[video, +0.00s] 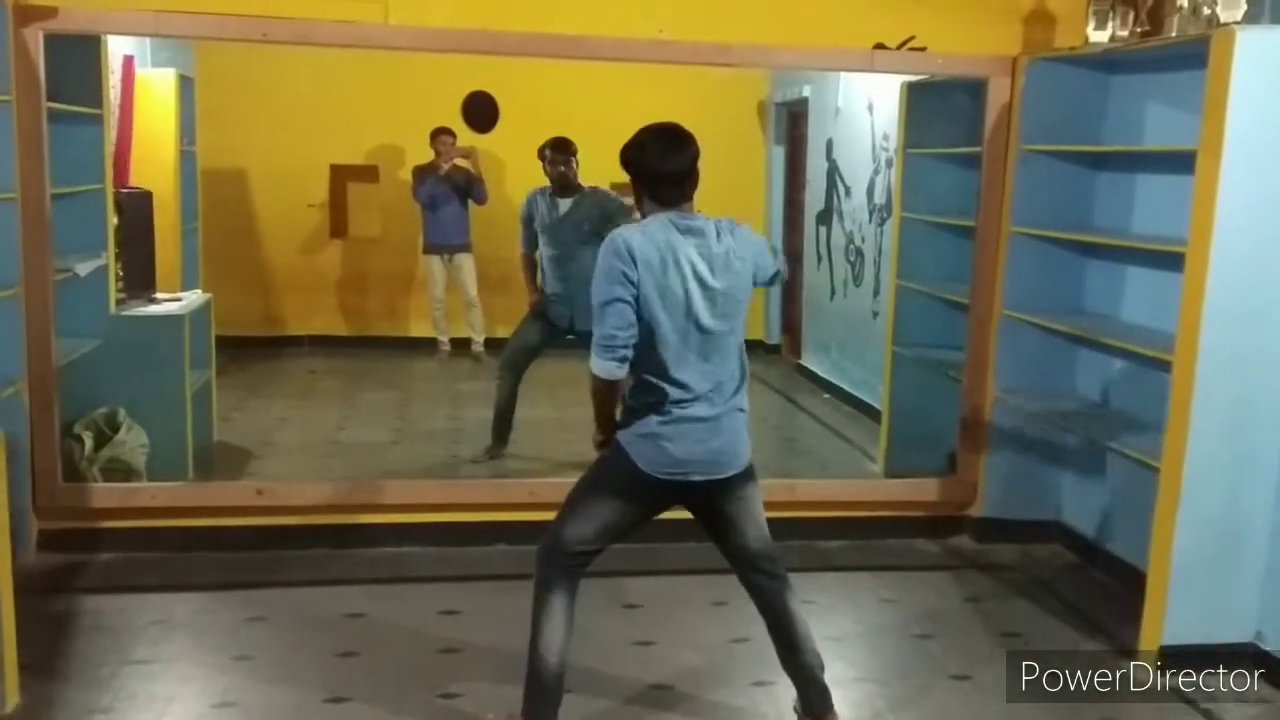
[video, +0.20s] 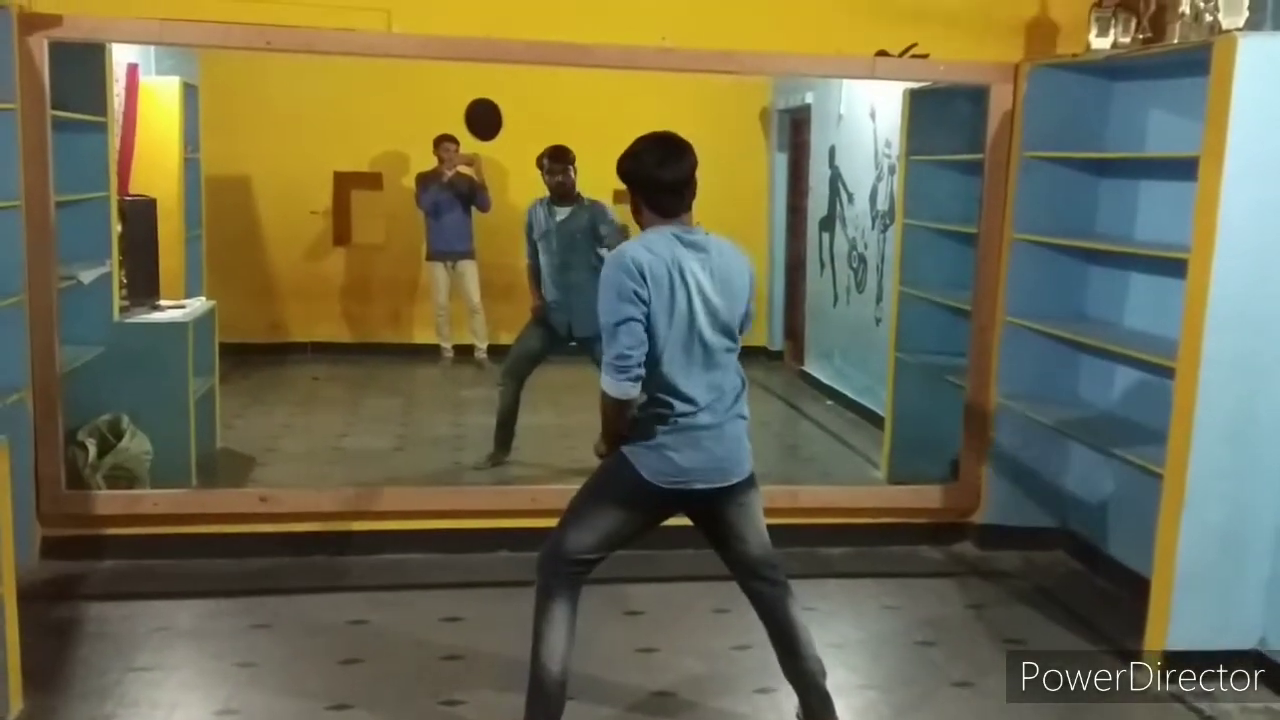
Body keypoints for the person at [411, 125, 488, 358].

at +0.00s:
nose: (446, 148)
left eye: (450, 144)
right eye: (441, 143)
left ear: (455, 147)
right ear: (433, 146)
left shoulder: (462, 172)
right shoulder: (422, 171)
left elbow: (481, 198)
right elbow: (421, 197)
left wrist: (475, 167)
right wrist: (440, 172)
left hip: (461, 245)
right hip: (434, 246)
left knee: (471, 297)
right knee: (437, 298)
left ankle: (477, 344)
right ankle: (443, 343)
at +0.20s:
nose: (449, 155)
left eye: (453, 151)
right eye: (445, 150)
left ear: (459, 153)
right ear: (436, 153)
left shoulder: (465, 180)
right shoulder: (425, 178)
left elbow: (484, 205)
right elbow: (423, 204)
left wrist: (478, 176)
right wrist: (444, 179)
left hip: (464, 252)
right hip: (437, 253)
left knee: (475, 304)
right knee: (441, 305)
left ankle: (481, 351)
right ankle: (446, 350)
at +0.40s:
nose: (452, 162)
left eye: (456, 157)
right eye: (448, 157)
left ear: (462, 160)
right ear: (439, 159)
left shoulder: (469, 186)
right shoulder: (429, 185)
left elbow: (487, 212)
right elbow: (427, 210)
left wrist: (482, 183)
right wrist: (447, 185)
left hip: (467, 257)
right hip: (440, 259)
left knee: (478, 310)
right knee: (444, 311)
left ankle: (484, 357)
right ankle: (449, 356)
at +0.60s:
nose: (455, 167)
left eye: (459, 162)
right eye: (450, 162)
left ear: (464, 165)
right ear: (442, 164)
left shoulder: (472, 191)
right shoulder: (431, 190)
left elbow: (490, 217)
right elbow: (429, 215)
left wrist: (484, 187)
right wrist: (451, 189)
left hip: (470, 262)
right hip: (443, 264)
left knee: (480, 315)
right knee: (447, 316)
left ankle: (486, 362)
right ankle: (452, 361)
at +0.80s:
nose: (457, 170)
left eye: (461, 166)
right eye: (452, 165)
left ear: (466, 168)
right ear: (444, 167)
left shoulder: (474, 194)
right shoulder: (433, 192)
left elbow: (492, 219)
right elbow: (431, 217)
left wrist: (486, 190)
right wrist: (452, 192)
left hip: (472, 265)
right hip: (445, 266)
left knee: (482, 316)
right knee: (448, 318)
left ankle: (488, 364)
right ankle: (454, 364)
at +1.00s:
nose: (457, 171)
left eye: (461, 166)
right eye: (453, 166)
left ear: (467, 169)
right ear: (444, 168)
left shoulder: (474, 196)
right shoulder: (434, 194)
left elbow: (491, 218)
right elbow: (432, 219)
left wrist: (486, 187)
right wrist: (452, 193)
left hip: (473, 263)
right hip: (446, 265)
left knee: (483, 318)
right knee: (449, 319)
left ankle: (489, 364)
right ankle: (454, 363)